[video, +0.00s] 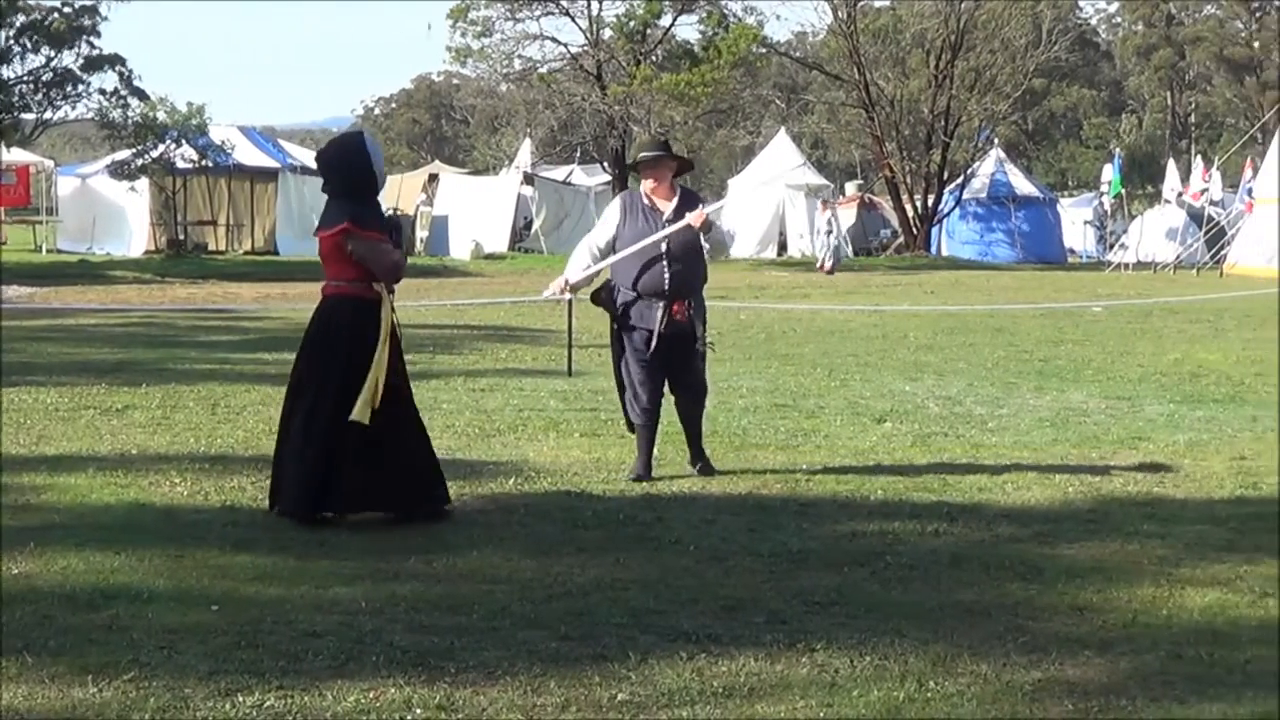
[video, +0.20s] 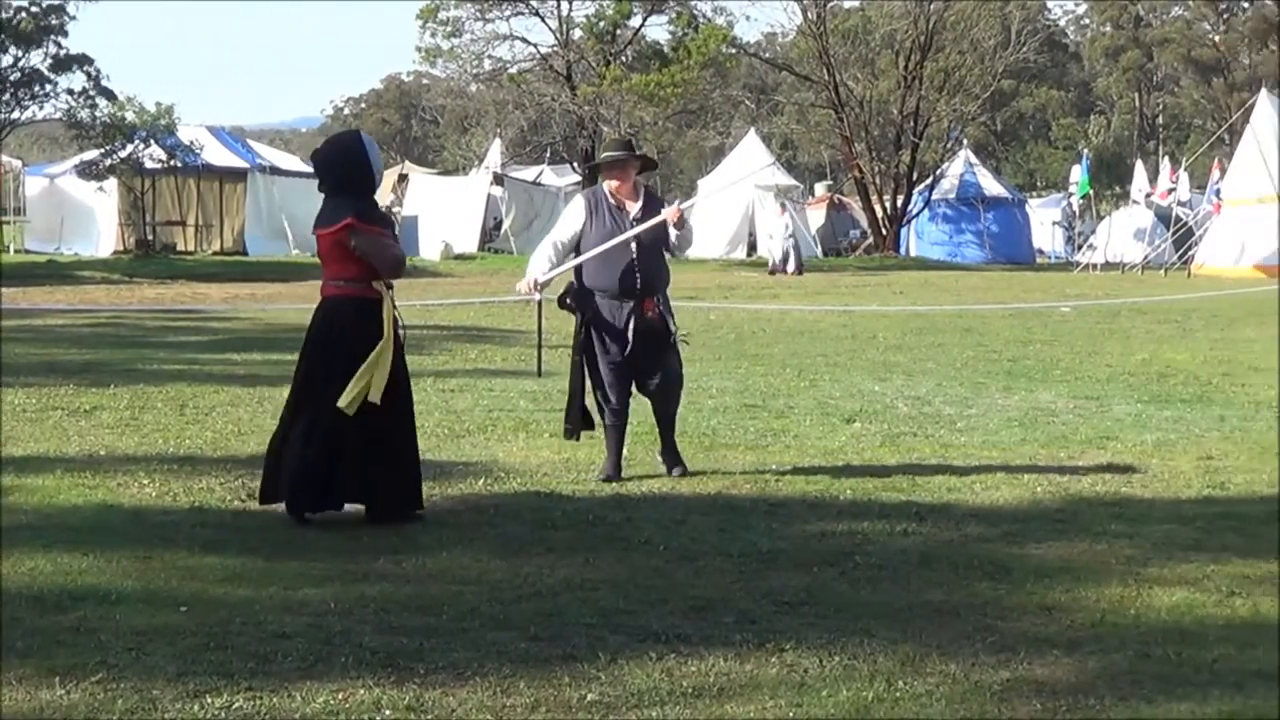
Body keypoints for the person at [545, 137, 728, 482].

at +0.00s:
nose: (648, 173)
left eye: (655, 166)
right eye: (643, 167)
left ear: (673, 169)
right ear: (637, 172)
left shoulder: (693, 203)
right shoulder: (624, 205)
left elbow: (721, 249)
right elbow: (594, 244)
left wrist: (707, 228)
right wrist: (571, 278)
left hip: (685, 312)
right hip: (638, 312)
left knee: (692, 389)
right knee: (644, 392)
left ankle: (697, 452)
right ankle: (642, 463)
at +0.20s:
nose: (615, 175)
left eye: (622, 167)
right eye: (609, 168)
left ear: (637, 168)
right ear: (601, 172)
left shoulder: (654, 203)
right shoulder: (586, 204)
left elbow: (680, 248)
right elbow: (556, 243)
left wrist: (678, 226)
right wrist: (536, 274)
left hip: (650, 307)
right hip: (604, 309)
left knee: (668, 379)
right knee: (612, 390)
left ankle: (669, 446)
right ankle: (612, 462)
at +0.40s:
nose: (588, 173)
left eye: (593, 166)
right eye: (581, 168)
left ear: (604, 167)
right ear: (569, 173)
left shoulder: (618, 201)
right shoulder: (554, 204)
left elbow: (640, 245)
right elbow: (525, 245)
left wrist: (649, 224)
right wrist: (516, 273)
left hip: (620, 309)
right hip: (574, 311)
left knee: (634, 384)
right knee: (578, 390)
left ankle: (644, 458)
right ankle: (580, 461)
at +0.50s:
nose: (582, 174)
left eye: (585, 167)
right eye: (573, 169)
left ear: (592, 168)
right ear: (558, 174)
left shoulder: (604, 202)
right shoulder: (541, 204)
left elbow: (625, 246)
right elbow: (512, 251)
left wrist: (637, 225)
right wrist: (514, 279)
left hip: (605, 308)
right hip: (561, 310)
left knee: (614, 386)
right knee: (563, 390)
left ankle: (629, 461)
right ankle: (563, 462)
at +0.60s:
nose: (571, 174)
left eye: (576, 167)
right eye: (563, 169)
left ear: (586, 168)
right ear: (551, 173)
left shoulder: (597, 204)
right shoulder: (535, 205)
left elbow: (616, 248)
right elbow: (509, 250)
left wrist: (629, 226)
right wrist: (510, 284)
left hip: (598, 309)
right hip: (553, 311)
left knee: (605, 389)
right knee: (554, 391)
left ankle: (619, 462)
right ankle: (552, 462)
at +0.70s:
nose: (569, 173)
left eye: (572, 166)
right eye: (560, 168)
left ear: (578, 168)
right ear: (543, 173)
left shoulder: (588, 204)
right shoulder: (526, 205)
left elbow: (607, 249)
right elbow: (502, 251)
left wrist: (621, 228)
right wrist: (504, 287)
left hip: (589, 310)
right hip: (546, 310)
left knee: (593, 391)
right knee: (542, 391)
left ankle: (603, 461)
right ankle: (536, 464)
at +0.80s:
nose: (566, 172)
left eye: (569, 166)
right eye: (557, 167)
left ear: (575, 169)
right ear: (541, 172)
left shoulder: (584, 204)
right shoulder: (522, 204)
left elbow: (603, 249)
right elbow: (498, 249)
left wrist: (617, 227)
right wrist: (501, 286)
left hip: (586, 309)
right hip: (543, 309)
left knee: (588, 391)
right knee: (537, 391)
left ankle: (593, 464)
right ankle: (526, 464)